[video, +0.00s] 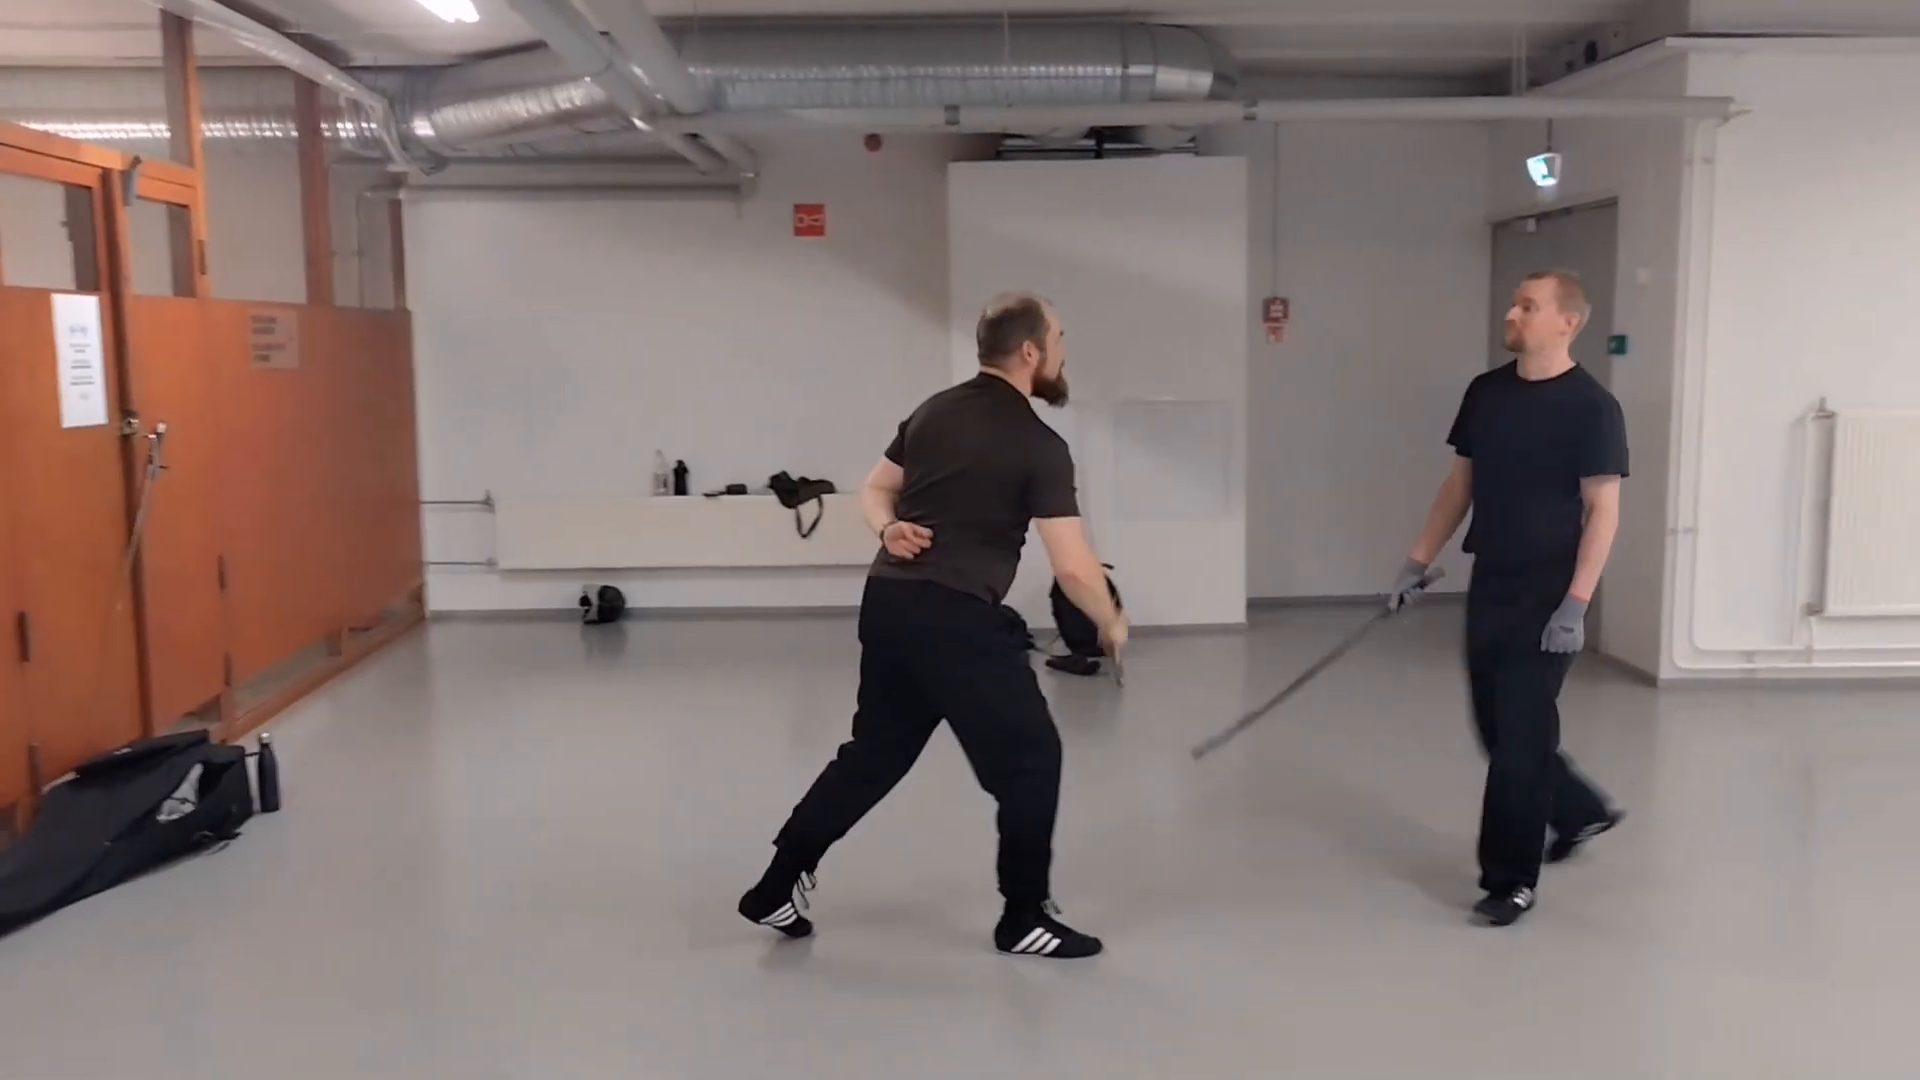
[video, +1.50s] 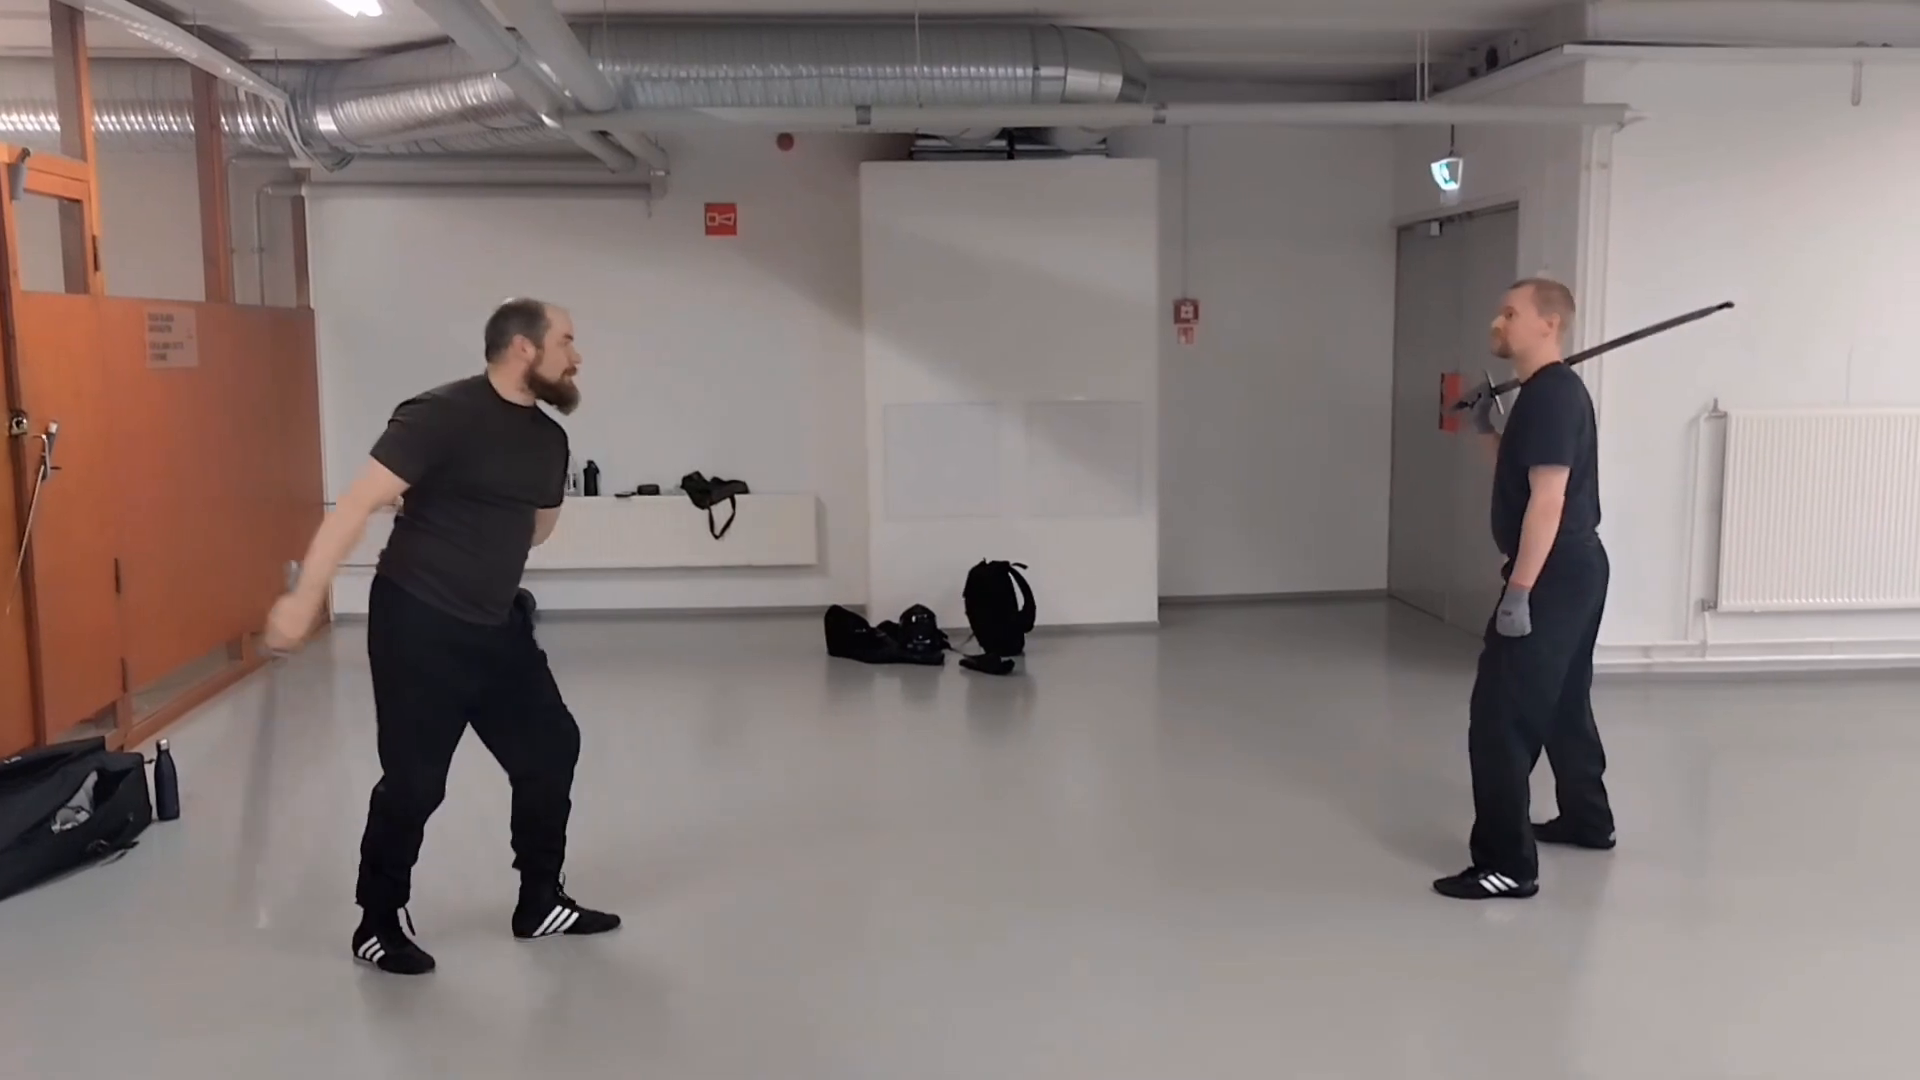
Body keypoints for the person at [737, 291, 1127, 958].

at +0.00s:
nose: (1064, 351)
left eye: (1061, 338)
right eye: (1058, 339)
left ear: (998, 354)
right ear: (1030, 352)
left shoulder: (935, 412)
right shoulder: (1039, 444)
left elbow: (877, 489)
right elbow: (1072, 564)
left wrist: (887, 527)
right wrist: (1109, 618)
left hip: (889, 606)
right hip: (962, 618)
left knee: (876, 754)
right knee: (1031, 758)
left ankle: (776, 888)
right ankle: (1024, 918)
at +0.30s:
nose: (1014, 344)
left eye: (1010, 330)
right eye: (1006, 332)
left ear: (947, 346)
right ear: (976, 342)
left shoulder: (901, 410)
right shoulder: (978, 427)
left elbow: (857, 495)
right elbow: (998, 547)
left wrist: (853, 525)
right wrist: (1033, 646)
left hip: (864, 602)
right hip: (928, 610)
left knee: (870, 747)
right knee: (1000, 758)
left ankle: (779, 881)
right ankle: (998, 915)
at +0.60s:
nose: (889, 353)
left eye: (886, 340)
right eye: (879, 340)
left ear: (839, 348)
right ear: (842, 347)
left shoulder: (825, 413)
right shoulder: (810, 410)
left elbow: (802, 510)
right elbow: (774, 509)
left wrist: (758, 541)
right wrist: (801, 606)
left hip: (786, 609)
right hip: (783, 611)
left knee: (815, 750)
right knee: (873, 745)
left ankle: (749, 893)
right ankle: (911, 909)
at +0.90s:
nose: (785, 353)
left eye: (781, 340)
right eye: (774, 341)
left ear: (736, 352)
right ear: (736, 352)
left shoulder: (724, 418)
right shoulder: (696, 409)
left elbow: (670, 508)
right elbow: (637, 504)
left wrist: (635, 525)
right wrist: (653, 603)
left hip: (688, 614)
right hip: (638, 613)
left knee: (738, 749)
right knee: (619, 761)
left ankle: (727, 897)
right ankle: (503, 887)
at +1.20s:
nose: (647, 367)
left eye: (644, 354)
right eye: (635, 354)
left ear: (601, 367)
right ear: (592, 365)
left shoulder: (604, 453)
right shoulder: (530, 428)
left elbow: (561, 542)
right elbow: (478, 527)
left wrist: (552, 624)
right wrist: (501, 627)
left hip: (559, 634)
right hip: (490, 634)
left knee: (625, 760)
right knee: (453, 785)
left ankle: (694, 891)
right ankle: (388, 923)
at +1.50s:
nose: (576, 356)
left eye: (574, 343)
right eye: (566, 342)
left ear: (530, 351)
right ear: (522, 349)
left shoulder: (548, 438)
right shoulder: (440, 416)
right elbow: (355, 503)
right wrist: (304, 596)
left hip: (494, 625)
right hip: (417, 620)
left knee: (550, 748)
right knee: (414, 776)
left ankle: (540, 901)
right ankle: (378, 925)